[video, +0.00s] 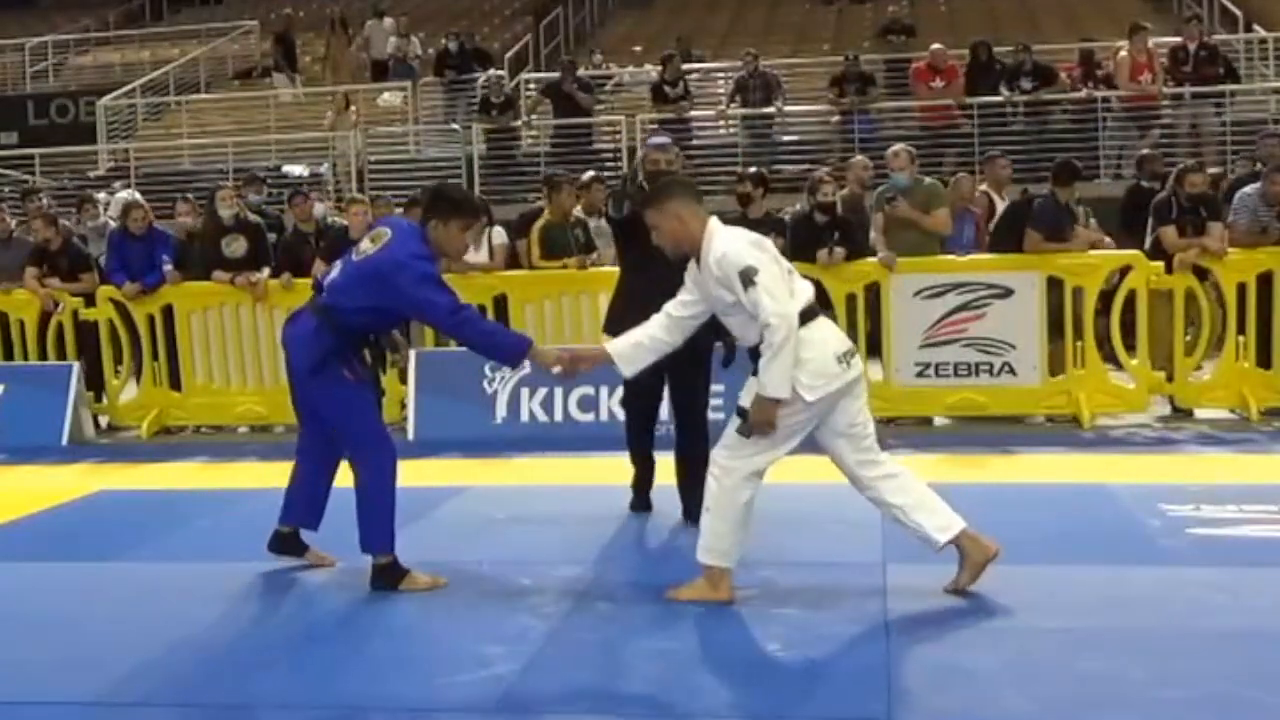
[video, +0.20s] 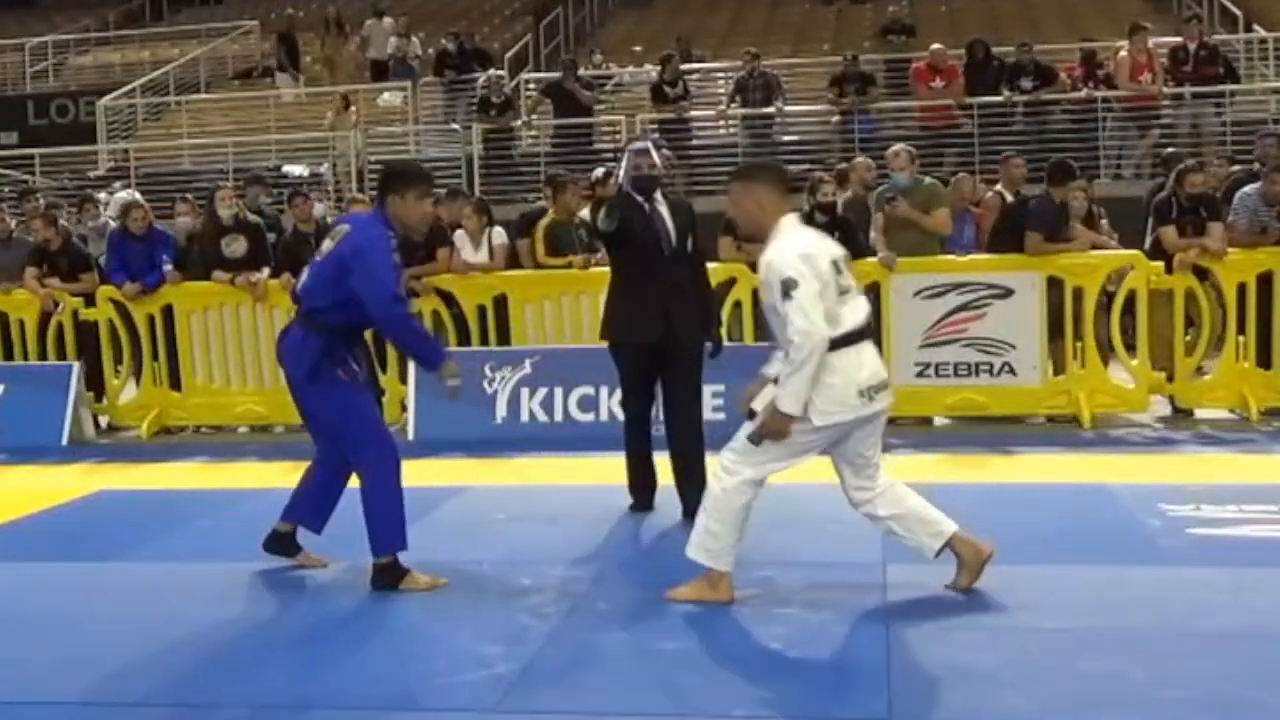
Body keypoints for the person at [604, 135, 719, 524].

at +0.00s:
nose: (659, 169)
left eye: (666, 162)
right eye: (651, 162)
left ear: (678, 165)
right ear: (640, 165)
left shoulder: (689, 203)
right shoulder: (627, 204)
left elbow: (714, 267)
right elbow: (618, 209)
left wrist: (726, 329)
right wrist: (640, 177)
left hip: (690, 316)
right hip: (637, 315)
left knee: (692, 417)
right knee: (640, 410)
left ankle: (694, 502)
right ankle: (641, 482)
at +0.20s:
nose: (644, 168)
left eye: (650, 161)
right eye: (637, 162)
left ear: (662, 166)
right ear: (624, 169)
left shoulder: (681, 208)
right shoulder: (617, 209)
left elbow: (697, 269)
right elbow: (608, 229)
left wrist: (711, 322)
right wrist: (611, 203)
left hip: (682, 326)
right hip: (633, 328)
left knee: (686, 417)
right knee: (638, 416)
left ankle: (694, 502)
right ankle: (641, 495)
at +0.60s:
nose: (634, 173)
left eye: (639, 165)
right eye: (626, 167)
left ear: (651, 166)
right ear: (615, 171)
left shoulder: (678, 206)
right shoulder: (600, 217)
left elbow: (698, 264)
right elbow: (593, 276)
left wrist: (710, 318)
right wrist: (591, 330)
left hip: (680, 324)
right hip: (630, 327)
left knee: (693, 402)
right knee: (635, 412)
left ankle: (699, 474)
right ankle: (641, 491)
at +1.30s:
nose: (656, 170)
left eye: (664, 165)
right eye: (654, 164)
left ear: (683, 167)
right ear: (651, 167)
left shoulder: (710, 213)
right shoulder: (635, 211)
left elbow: (720, 273)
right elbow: (623, 264)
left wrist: (713, 322)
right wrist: (618, 305)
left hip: (690, 324)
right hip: (643, 324)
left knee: (693, 408)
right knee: (640, 405)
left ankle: (693, 481)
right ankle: (640, 477)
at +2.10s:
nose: (634, 174)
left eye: (642, 168)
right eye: (630, 167)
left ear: (655, 173)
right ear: (622, 171)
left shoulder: (677, 213)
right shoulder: (602, 217)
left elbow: (692, 269)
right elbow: (593, 272)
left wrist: (685, 314)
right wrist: (592, 319)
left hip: (670, 321)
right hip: (625, 323)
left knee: (680, 402)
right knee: (634, 404)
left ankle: (689, 477)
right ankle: (638, 473)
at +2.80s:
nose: (677, 177)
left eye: (684, 171)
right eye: (671, 169)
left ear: (694, 175)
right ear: (659, 170)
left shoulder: (705, 211)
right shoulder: (633, 211)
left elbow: (720, 252)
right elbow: (617, 266)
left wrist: (692, 213)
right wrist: (614, 315)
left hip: (696, 312)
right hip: (648, 313)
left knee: (697, 391)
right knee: (644, 396)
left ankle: (698, 467)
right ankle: (640, 470)